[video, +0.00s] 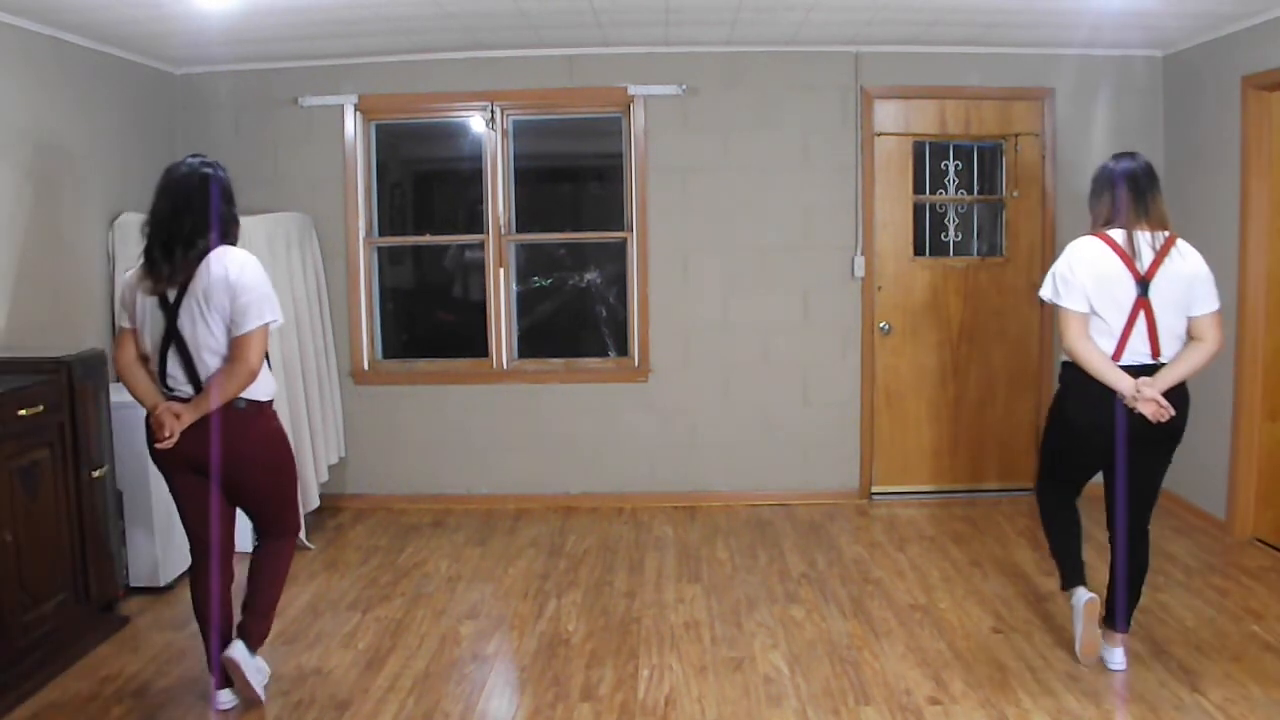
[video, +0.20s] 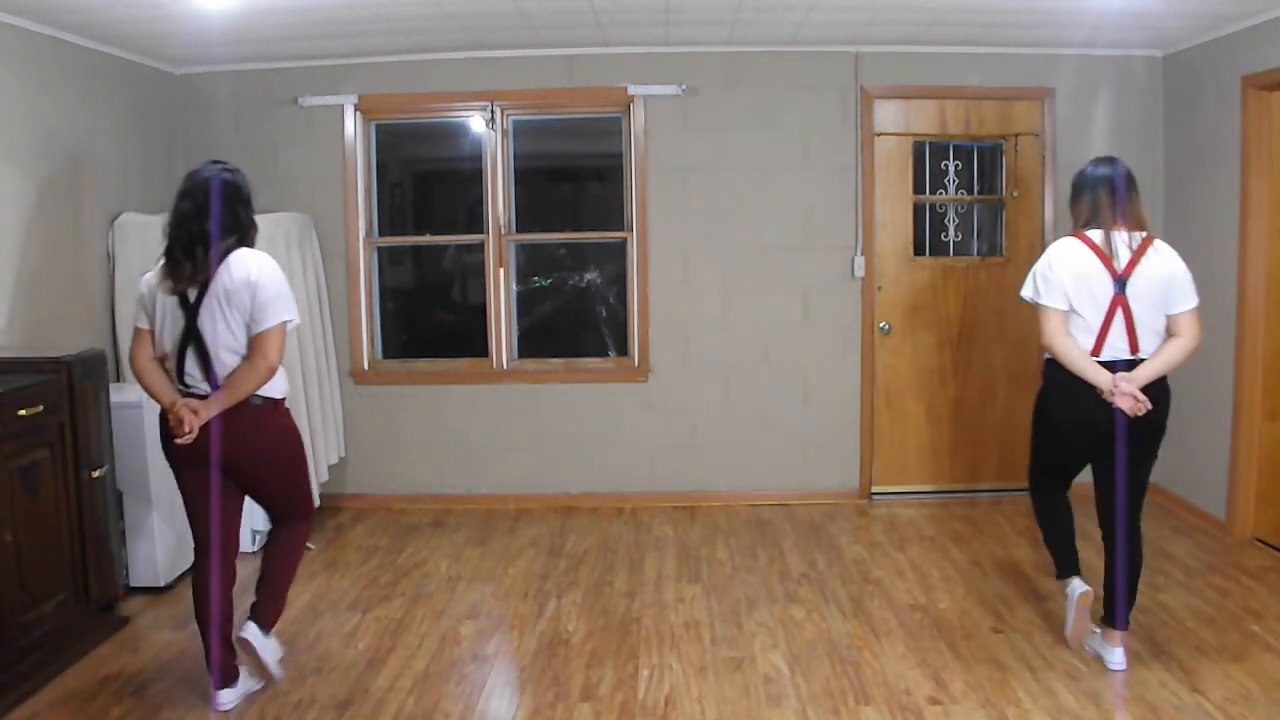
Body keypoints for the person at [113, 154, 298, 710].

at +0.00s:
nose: (229, 211)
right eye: (226, 203)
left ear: (163, 210)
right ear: (223, 209)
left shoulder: (139, 279)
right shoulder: (238, 267)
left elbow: (126, 358)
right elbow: (245, 363)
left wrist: (158, 407)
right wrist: (190, 410)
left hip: (171, 429)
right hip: (239, 425)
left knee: (207, 553)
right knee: (278, 529)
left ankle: (219, 683)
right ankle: (249, 644)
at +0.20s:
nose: (239, 216)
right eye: (240, 206)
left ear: (182, 213)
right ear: (243, 212)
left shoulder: (158, 280)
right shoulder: (259, 270)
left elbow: (142, 358)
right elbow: (266, 358)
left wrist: (173, 403)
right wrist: (210, 406)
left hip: (184, 425)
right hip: (252, 423)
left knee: (211, 551)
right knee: (293, 516)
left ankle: (224, 682)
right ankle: (263, 625)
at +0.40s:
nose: (275, 219)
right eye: (272, 211)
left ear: (212, 218)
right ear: (268, 218)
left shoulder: (185, 281)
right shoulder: (283, 273)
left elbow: (166, 354)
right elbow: (288, 359)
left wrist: (197, 399)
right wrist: (227, 406)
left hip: (207, 425)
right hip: (274, 423)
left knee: (223, 549)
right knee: (311, 519)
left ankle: (224, 679)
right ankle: (312, 621)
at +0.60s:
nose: (311, 229)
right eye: (310, 221)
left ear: (253, 224)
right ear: (305, 227)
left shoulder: (228, 287)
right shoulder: (319, 284)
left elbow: (211, 356)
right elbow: (324, 367)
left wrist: (237, 397)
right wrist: (267, 408)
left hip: (247, 428)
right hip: (312, 426)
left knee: (249, 544)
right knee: (331, 522)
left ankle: (229, 668)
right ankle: (355, 606)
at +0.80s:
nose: (358, 212)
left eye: (355, 202)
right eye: (353, 204)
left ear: (298, 212)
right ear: (339, 213)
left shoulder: (267, 272)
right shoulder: (355, 271)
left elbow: (254, 338)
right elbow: (354, 353)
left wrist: (273, 381)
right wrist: (298, 388)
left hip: (286, 408)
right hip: (345, 406)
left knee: (308, 504)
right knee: (351, 509)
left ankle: (265, 590)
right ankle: (358, 607)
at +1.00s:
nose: (382, 213)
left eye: (381, 203)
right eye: (377, 204)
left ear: (327, 207)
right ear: (355, 208)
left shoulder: (304, 262)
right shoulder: (366, 265)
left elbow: (285, 326)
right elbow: (352, 348)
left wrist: (295, 372)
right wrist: (310, 379)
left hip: (317, 397)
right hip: (359, 399)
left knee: (351, 486)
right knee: (362, 500)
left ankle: (309, 573)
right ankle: (359, 605)